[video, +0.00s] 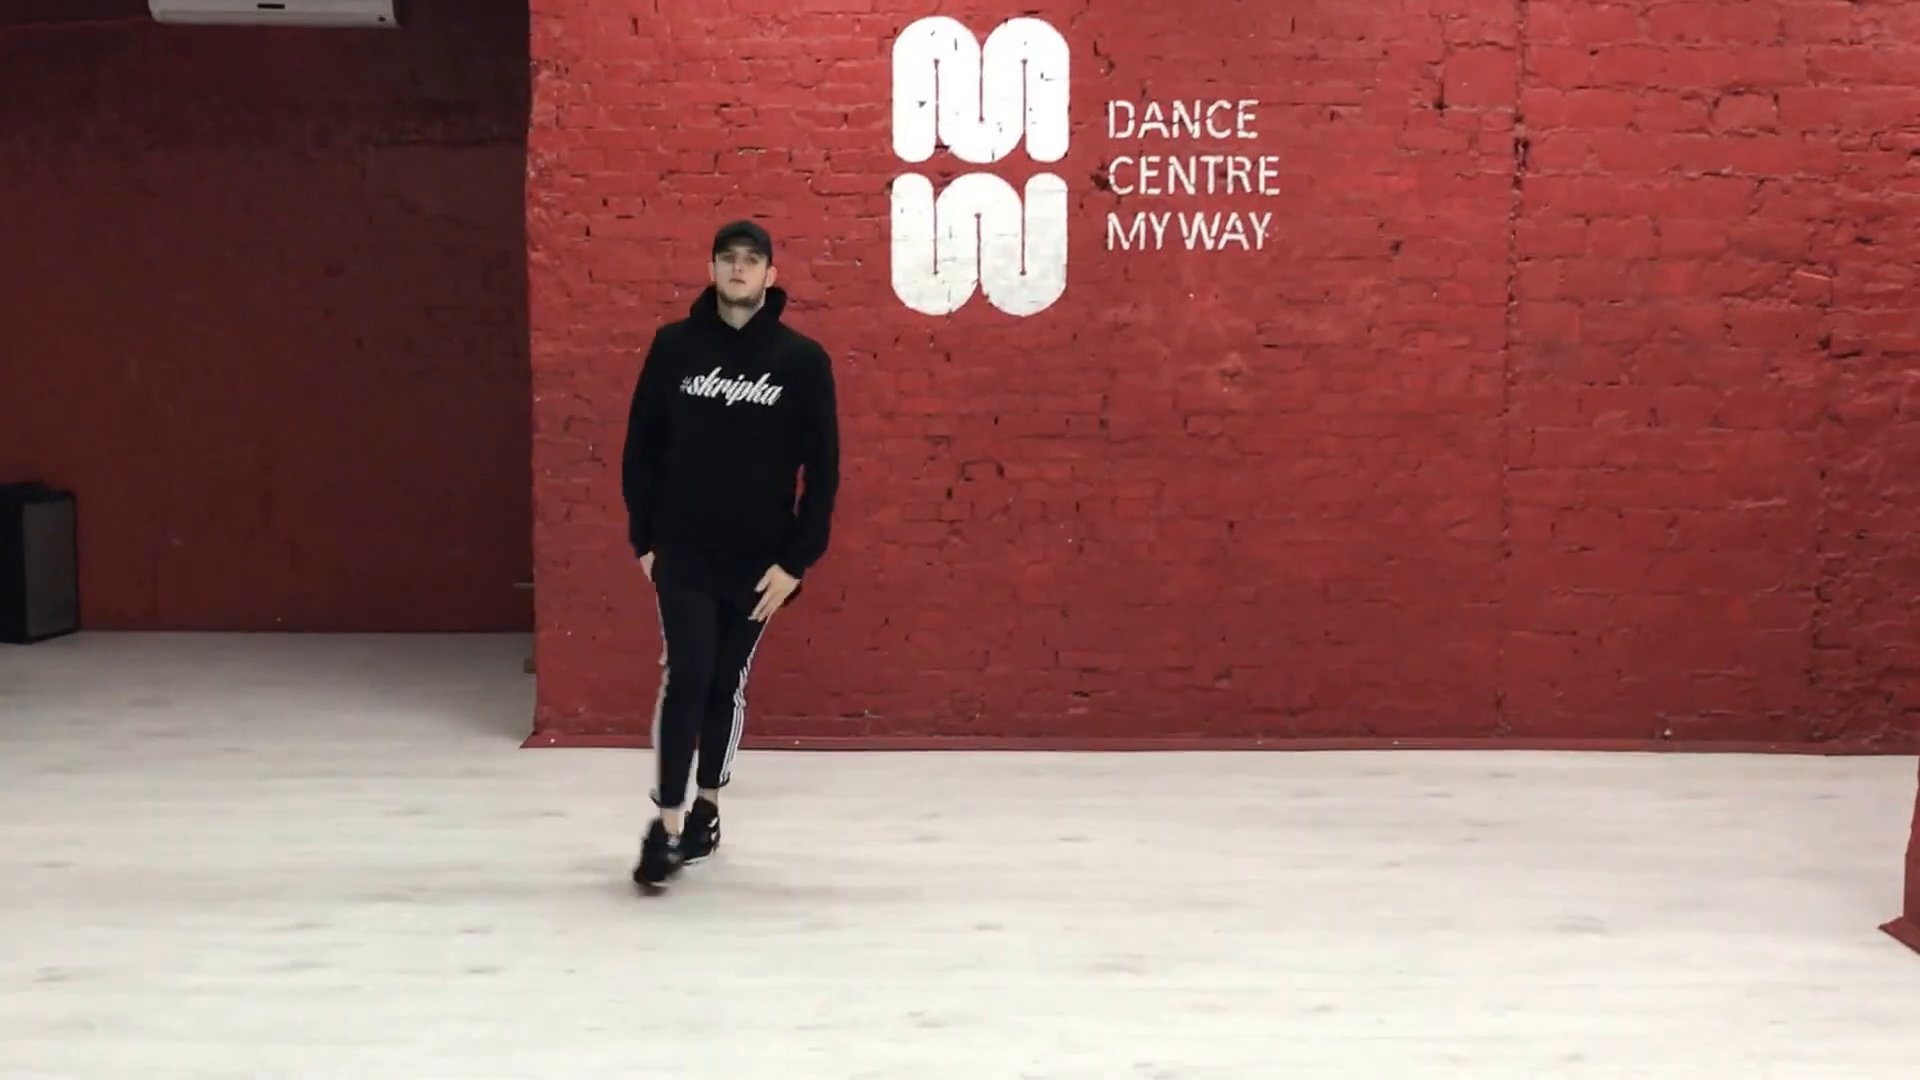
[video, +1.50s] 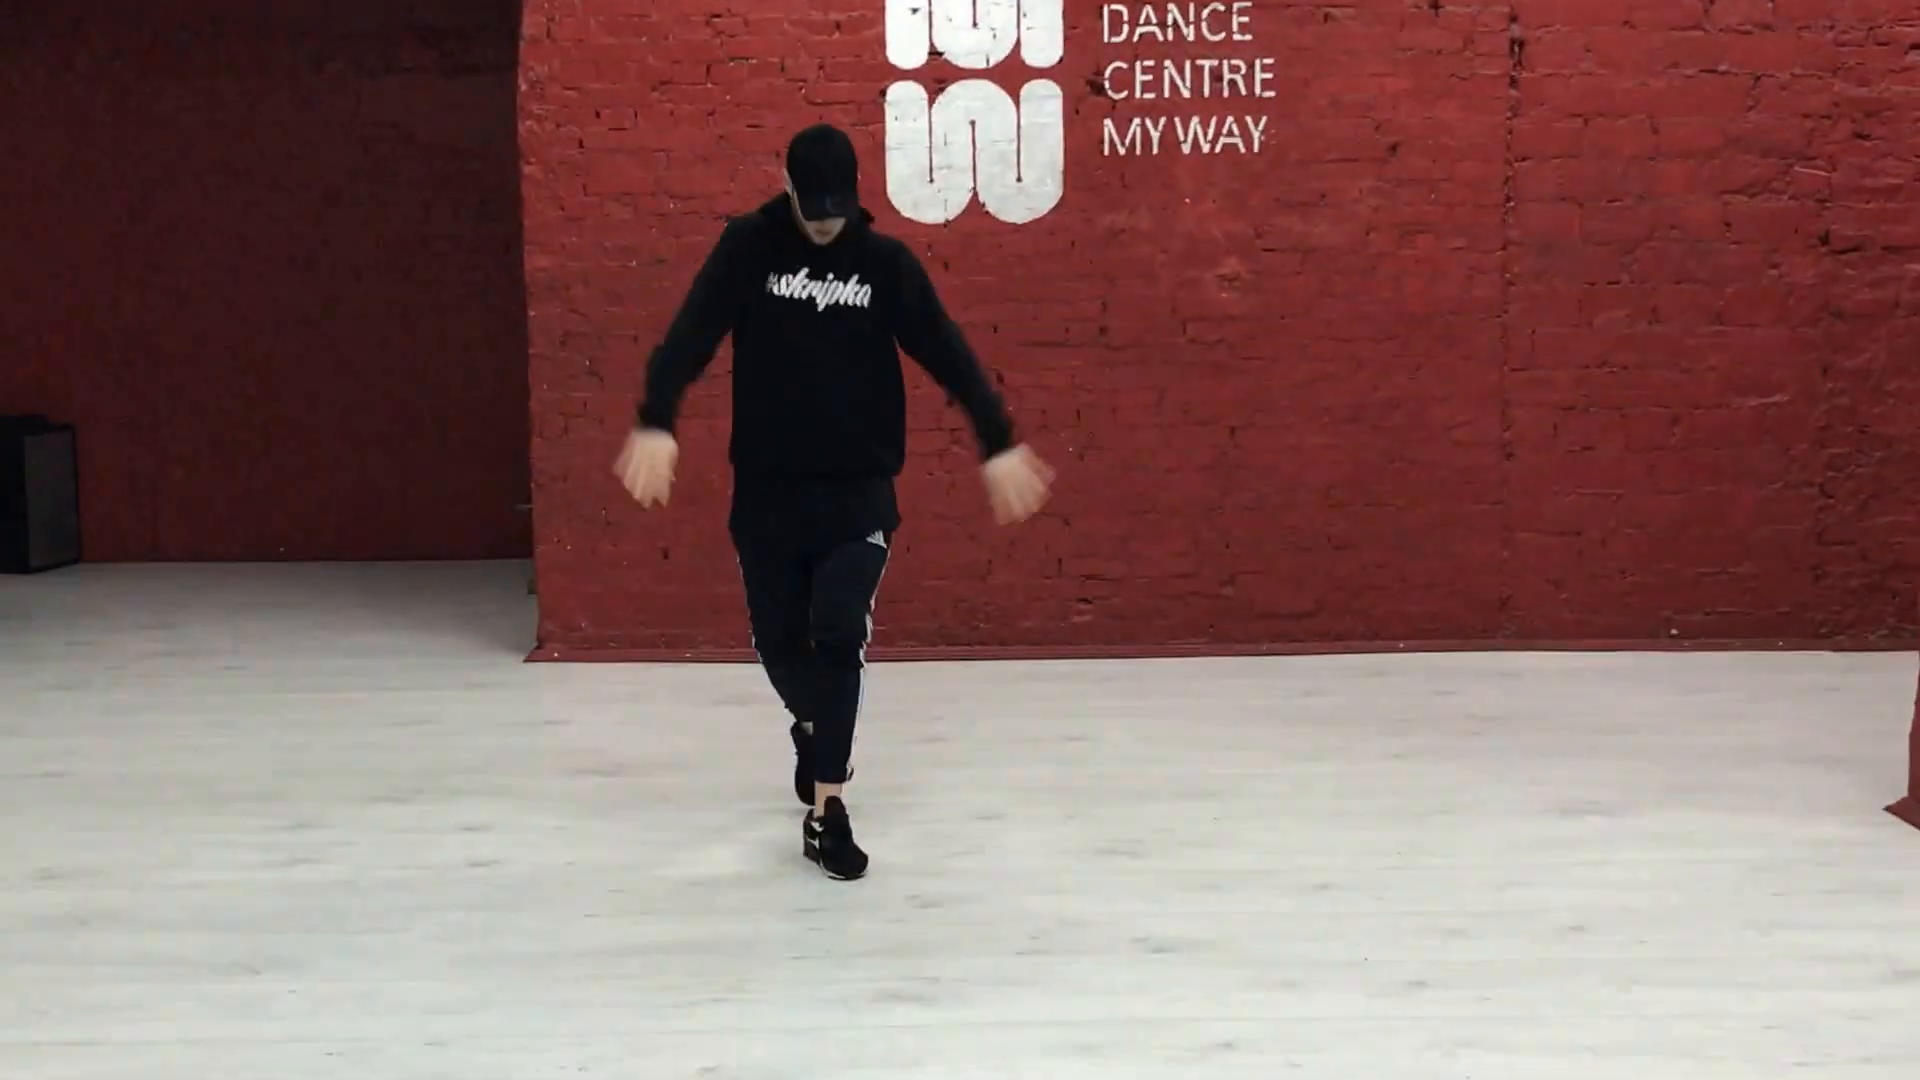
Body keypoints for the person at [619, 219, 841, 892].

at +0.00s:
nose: (737, 270)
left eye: (750, 261)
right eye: (727, 259)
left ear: (769, 272)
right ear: (711, 269)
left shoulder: (802, 359)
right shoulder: (675, 344)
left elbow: (823, 470)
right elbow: (641, 446)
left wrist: (796, 562)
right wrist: (645, 540)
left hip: (755, 549)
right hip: (680, 543)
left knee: (725, 684)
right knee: (686, 676)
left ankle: (707, 805)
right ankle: (667, 821)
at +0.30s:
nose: (733, 257)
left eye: (745, 247)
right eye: (720, 246)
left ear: (762, 260)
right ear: (700, 259)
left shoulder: (798, 345)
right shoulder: (665, 341)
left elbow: (834, 432)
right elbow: (624, 431)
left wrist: (828, 447)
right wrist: (635, 438)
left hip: (765, 542)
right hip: (687, 540)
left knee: (731, 687)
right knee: (717, 681)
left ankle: (700, 800)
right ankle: (722, 843)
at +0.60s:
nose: (755, 227)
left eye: (766, 216)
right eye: (741, 216)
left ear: (780, 231)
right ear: (715, 229)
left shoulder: (812, 319)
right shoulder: (677, 318)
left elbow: (847, 422)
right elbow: (626, 423)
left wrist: (878, 378)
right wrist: (615, 367)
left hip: (788, 532)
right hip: (704, 532)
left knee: (800, 677)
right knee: (734, 680)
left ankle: (763, 775)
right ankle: (731, 828)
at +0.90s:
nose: (795, 256)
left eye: (808, 243)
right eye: (784, 241)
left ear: (824, 233)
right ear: (756, 223)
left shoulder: (838, 305)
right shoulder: (705, 290)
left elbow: (913, 389)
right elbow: (624, 351)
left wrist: (905, 310)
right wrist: (688, 268)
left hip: (827, 523)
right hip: (739, 525)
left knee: (832, 675)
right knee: (763, 675)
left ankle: (830, 842)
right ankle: (735, 809)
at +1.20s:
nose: (822, 238)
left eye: (835, 227)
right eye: (811, 224)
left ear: (854, 210)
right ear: (785, 199)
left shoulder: (876, 263)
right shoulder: (739, 247)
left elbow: (962, 319)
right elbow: (639, 293)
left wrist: (982, 310)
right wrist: (676, 274)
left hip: (852, 496)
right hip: (763, 494)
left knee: (837, 657)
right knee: (776, 651)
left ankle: (828, 820)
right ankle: (766, 765)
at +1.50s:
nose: (823, 227)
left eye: (834, 215)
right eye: (811, 214)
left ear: (854, 199)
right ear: (789, 194)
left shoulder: (887, 264)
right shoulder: (748, 247)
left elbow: (949, 355)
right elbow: (692, 334)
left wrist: (998, 442)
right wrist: (657, 419)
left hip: (858, 487)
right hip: (766, 485)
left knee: (840, 633)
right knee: (779, 647)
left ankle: (827, 801)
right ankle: (813, 722)